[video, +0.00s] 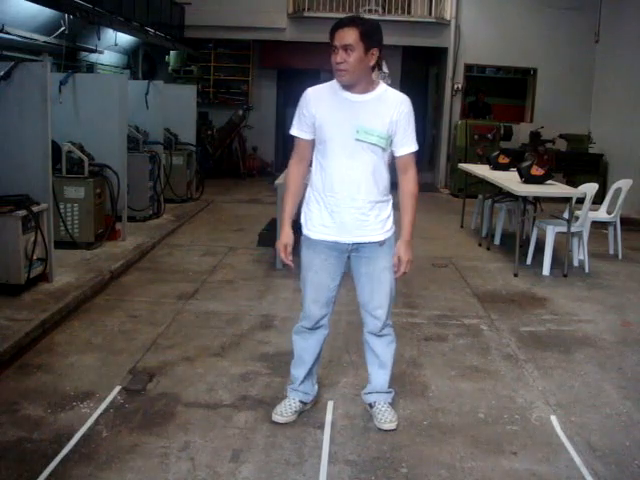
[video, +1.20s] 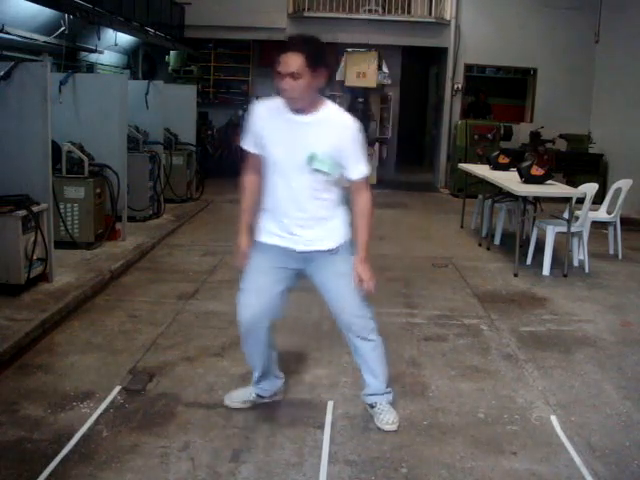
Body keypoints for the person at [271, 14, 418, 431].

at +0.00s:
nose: (337, 56)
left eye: (347, 49)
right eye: (334, 49)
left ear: (373, 55)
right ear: (331, 52)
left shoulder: (396, 105)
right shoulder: (315, 98)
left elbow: (407, 175)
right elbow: (298, 164)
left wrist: (405, 239)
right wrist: (286, 224)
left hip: (375, 235)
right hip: (320, 232)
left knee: (378, 322)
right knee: (312, 318)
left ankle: (380, 396)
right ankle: (300, 391)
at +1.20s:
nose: (283, 83)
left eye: (293, 76)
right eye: (280, 75)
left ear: (320, 78)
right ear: (276, 74)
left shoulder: (344, 127)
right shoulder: (262, 113)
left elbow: (361, 191)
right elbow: (251, 172)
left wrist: (361, 256)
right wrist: (244, 233)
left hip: (328, 248)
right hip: (272, 244)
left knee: (357, 321)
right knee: (251, 314)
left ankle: (379, 397)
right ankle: (265, 383)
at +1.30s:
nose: (260, 75)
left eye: (269, 67)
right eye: (254, 65)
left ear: (291, 68)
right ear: (247, 64)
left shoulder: (312, 113)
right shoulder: (232, 95)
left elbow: (340, 168)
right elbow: (220, 150)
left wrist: (340, 233)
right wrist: (214, 212)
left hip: (289, 236)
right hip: (237, 232)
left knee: (311, 315)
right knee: (239, 315)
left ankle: (350, 389)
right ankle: (264, 382)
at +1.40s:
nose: (238, 67)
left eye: (247, 58)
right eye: (231, 57)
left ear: (264, 56)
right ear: (222, 54)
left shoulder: (287, 101)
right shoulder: (205, 84)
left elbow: (317, 151)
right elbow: (192, 137)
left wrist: (313, 215)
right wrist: (184, 194)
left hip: (253, 222)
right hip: (206, 215)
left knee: (239, 302)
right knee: (202, 298)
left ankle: (264, 375)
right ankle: (240, 369)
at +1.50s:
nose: (205, 76)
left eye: (214, 68)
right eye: (199, 67)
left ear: (233, 65)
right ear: (190, 64)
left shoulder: (257, 105)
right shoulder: (176, 94)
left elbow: (287, 153)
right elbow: (169, 148)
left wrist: (283, 217)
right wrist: (153, 201)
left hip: (223, 231)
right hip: (177, 220)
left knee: (193, 311)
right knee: (138, 291)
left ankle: (200, 387)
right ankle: (158, 356)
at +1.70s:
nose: (156, 131)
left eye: (164, 121)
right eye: (146, 122)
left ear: (176, 116)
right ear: (132, 118)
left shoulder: (201, 158)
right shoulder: (117, 149)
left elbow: (219, 215)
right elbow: (111, 199)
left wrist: (216, 277)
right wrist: (96, 251)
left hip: (178, 263)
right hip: (126, 256)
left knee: (166, 332)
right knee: (84, 325)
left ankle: (185, 390)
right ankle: (64, 386)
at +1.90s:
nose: (214, 105)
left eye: (218, 95)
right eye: (204, 98)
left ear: (225, 90)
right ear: (182, 94)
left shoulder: (245, 132)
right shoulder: (156, 122)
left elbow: (256, 186)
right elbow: (136, 170)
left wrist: (241, 245)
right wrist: (112, 223)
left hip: (209, 255)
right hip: (153, 246)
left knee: (191, 336)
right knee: (115, 312)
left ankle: (173, 401)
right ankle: (73, 380)